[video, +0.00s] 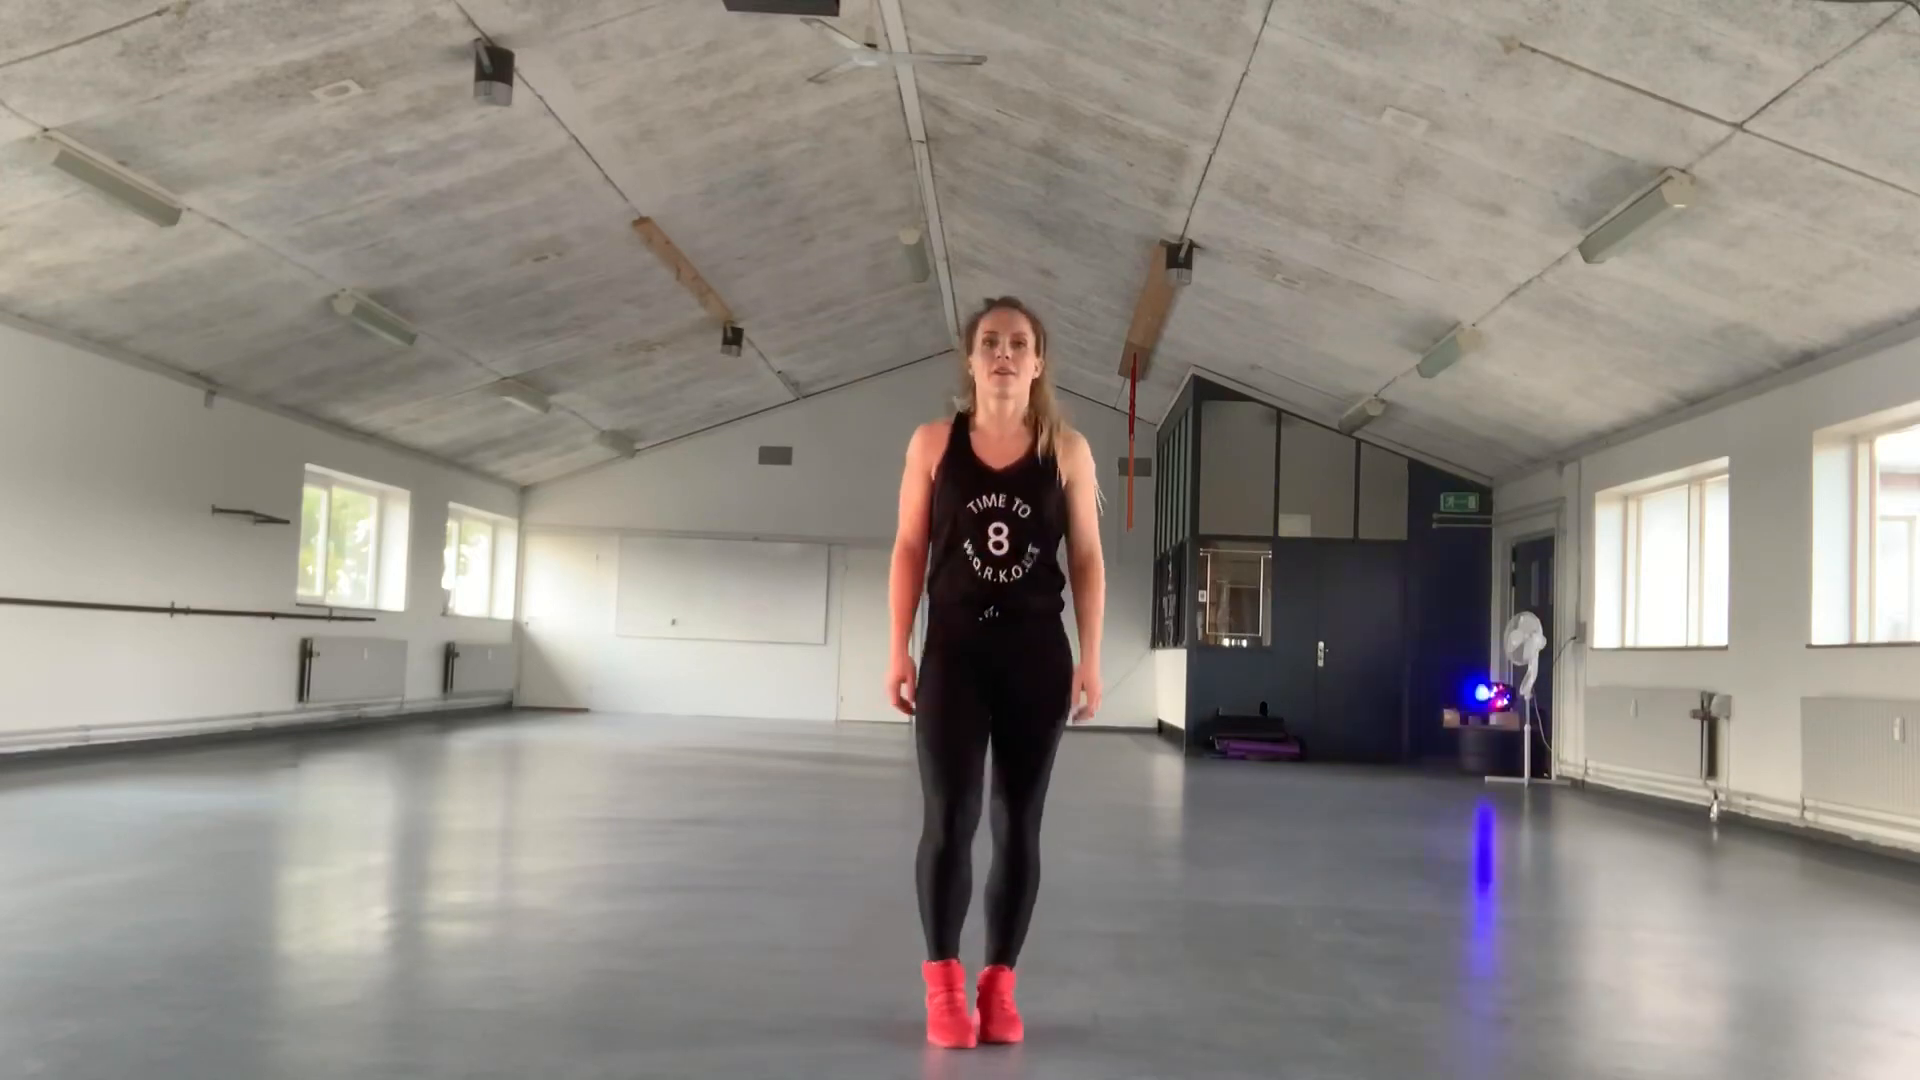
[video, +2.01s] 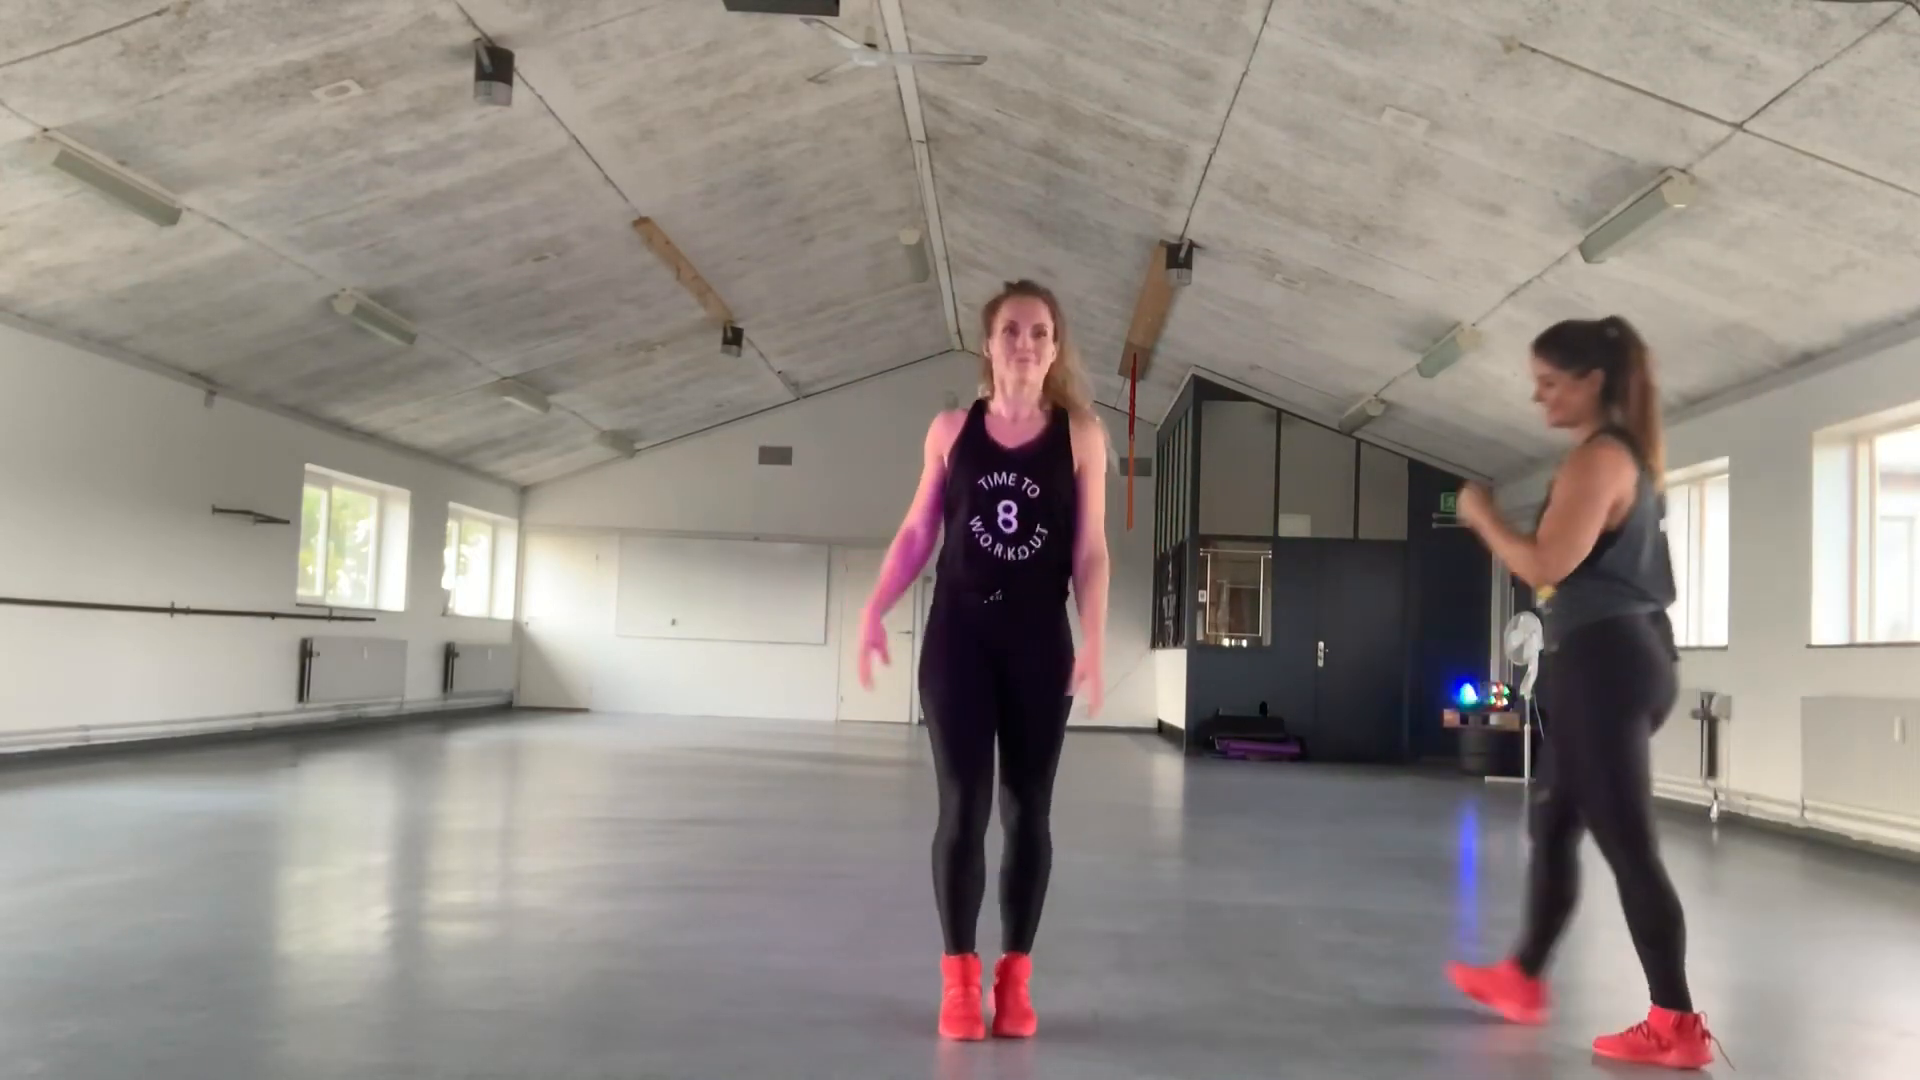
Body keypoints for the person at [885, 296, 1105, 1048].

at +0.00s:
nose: (1005, 355)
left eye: (1019, 344)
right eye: (992, 344)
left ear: (1039, 360)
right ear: (970, 358)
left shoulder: (1067, 450)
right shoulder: (933, 443)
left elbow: (1087, 562)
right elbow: (910, 548)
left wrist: (1089, 657)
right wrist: (899, 648)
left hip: (1037, 656)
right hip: (951, 654)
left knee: (1019, 822)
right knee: (951, 818)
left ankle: (1001, 980)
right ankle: (943, 977)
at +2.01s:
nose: (1024, 342)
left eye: (1037, 332)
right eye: (1011, 330)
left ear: (1056, 347)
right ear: (988, 341)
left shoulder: (1081, 437)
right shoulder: (950, 432)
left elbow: (1091, 551)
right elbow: (918, 532)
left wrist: (1091, 642)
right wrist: (875, 608)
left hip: (1042, 642)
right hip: (959, 639)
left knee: (1027, 809)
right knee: (963, 805)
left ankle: (1014, 972)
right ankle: (960, 974)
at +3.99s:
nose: (1024, 355)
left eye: (1039, 344)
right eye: (1012, 343)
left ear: (1062, 358)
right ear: (993, 356)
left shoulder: (1090, 442)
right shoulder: (963, 427)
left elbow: (1103, 544)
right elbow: (924, 519)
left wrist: (1093, 612)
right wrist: (916, 598)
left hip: (1045, 643)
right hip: (965, 638)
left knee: (1026, 810)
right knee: (975, 794)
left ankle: (1008, 971)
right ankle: (960, 954)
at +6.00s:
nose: (927, 374)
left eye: (943, 360)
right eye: (916, 359)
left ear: (971, 368)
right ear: (899, 365)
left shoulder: (998, 438)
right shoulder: (873, 444)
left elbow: (1013, 541)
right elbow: (845, 543)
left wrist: (988, 626)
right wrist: (826, 633)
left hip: (966, 638)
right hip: (889, 634)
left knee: (945, 805)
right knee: (882, 796)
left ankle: (934, 955)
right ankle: (881, 956)